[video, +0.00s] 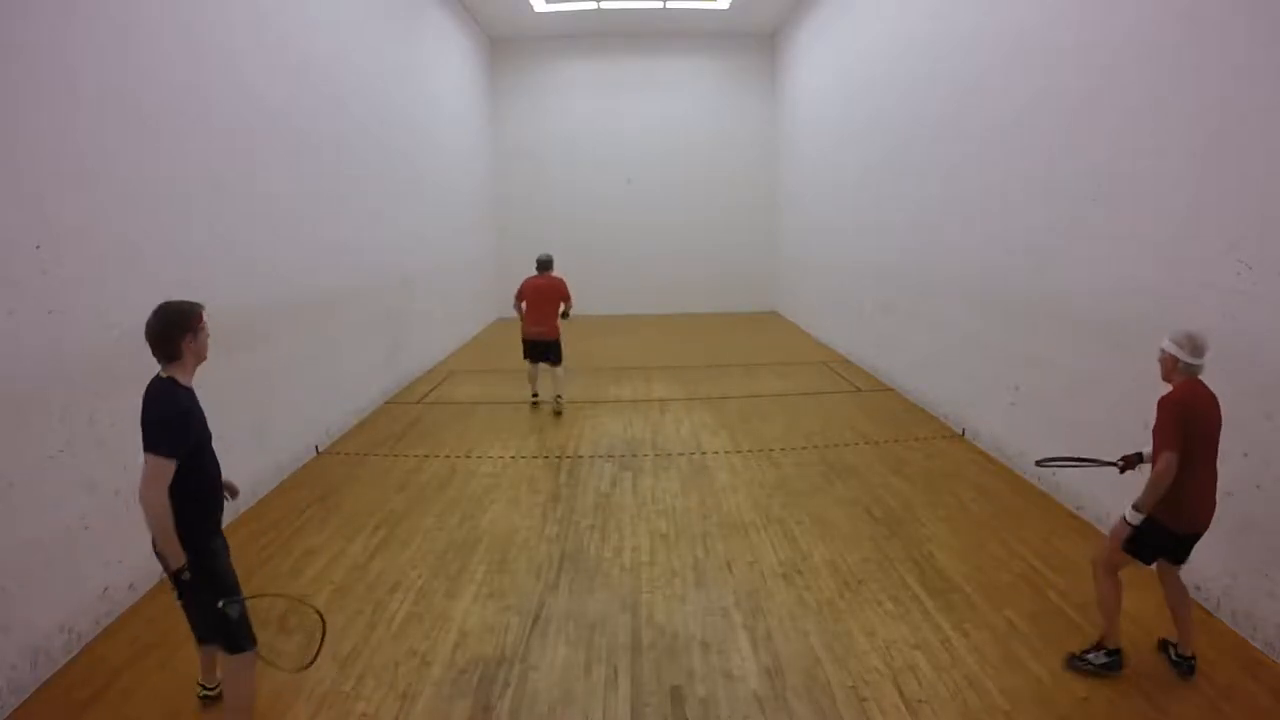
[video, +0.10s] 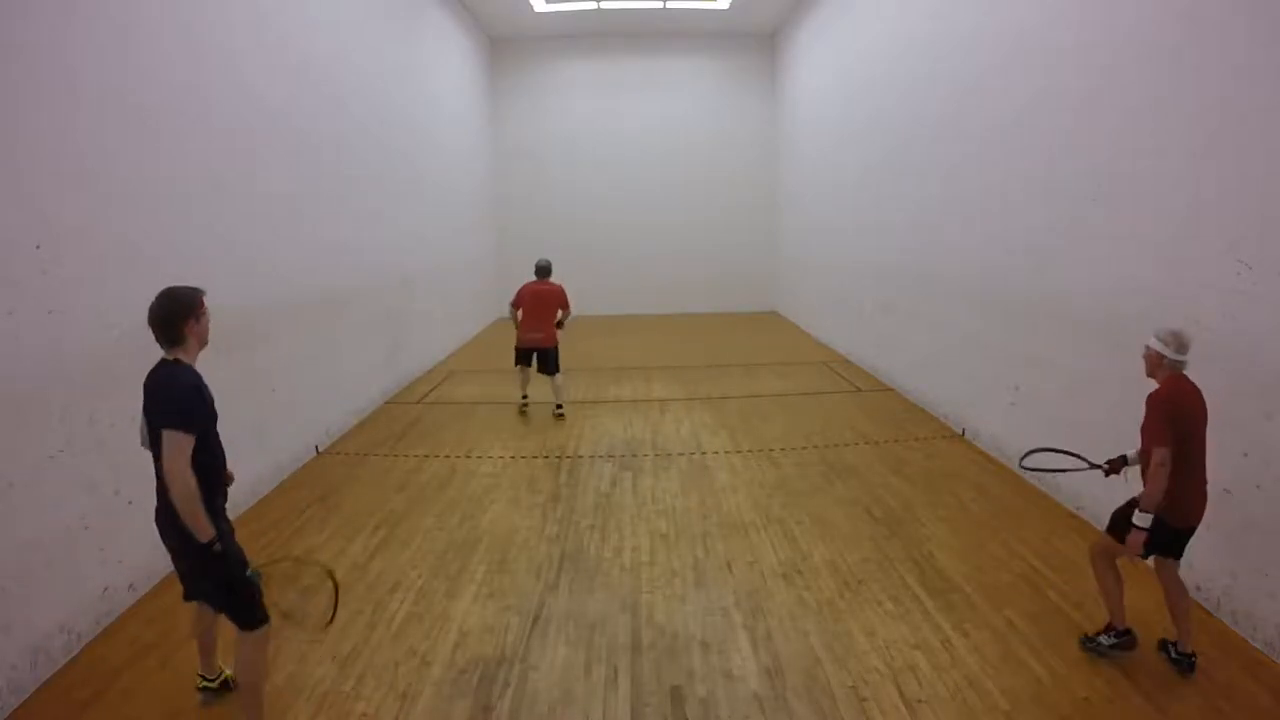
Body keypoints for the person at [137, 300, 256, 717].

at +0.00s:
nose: (208, 338)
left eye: (205, 331)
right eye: (203, 332)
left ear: (174, 343)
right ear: (187, 342)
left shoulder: (173, 389)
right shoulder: (169, 403)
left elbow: (181, 459)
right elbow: (151, 493)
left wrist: (215, 483)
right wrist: (177, 563)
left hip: (196, 530)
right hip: (197, 543)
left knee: (207, 615)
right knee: (242, 648)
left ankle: (210, 684)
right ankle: (240, 714)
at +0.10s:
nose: (209, 324)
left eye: (206, 315)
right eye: (205, 317)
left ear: (165, 330)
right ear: (192, 325)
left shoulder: (159, 378)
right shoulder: (185, 386)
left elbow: (157, 445)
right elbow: (176, 474)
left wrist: (211, 470)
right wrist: (212, 542)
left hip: (177, 519)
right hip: (202, 527)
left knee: (205, 595)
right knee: (254, 621)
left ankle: (210, 675)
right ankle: (253, 711)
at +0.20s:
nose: (217, 331)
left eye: (214, 323)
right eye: (214, 325)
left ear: (173, 337)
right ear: (204, 332)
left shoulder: (166, 385)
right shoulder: (199, 390)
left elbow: (177, 462)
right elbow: (200, 472)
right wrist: (244, 533)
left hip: (179, 519)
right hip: (206, 524)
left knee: (209, 592)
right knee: (281, 611)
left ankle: (195, 675)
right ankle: (285, 711)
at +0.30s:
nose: (233, 358)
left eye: (229, 350)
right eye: (230, 351)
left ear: (190, 365)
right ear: (222, 361)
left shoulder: (188, 409)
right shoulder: (216, 421)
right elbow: (237, 507)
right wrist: (295, 546)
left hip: (191, 539)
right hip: (221, 546)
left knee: (211, 607)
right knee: (315, 606)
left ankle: (190, 685)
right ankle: (334, 703)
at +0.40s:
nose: (264, 368)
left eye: (261, 361)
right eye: (262, 362)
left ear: (217, 376)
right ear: (255, 371)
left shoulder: (216, 419)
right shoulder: (257, 434)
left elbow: (249, 478)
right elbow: (298, 507)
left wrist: (305, 495)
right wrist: (357, 529)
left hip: (211, 548)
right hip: (244, 558)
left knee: (224, 608)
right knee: (337, 596)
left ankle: (190, 683)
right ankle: (344, 691)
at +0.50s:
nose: (310, 360)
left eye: (307, 353)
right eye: (308, 355)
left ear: (266, 366)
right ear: (304, 364)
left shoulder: (258, 412)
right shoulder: (317, 417)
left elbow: (269, 471)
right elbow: (377, 476)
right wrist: (427, 488)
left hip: (249, 541)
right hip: (290, 547)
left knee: (233, 606)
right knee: (352, 597)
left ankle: (201, 668)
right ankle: (343, 690)